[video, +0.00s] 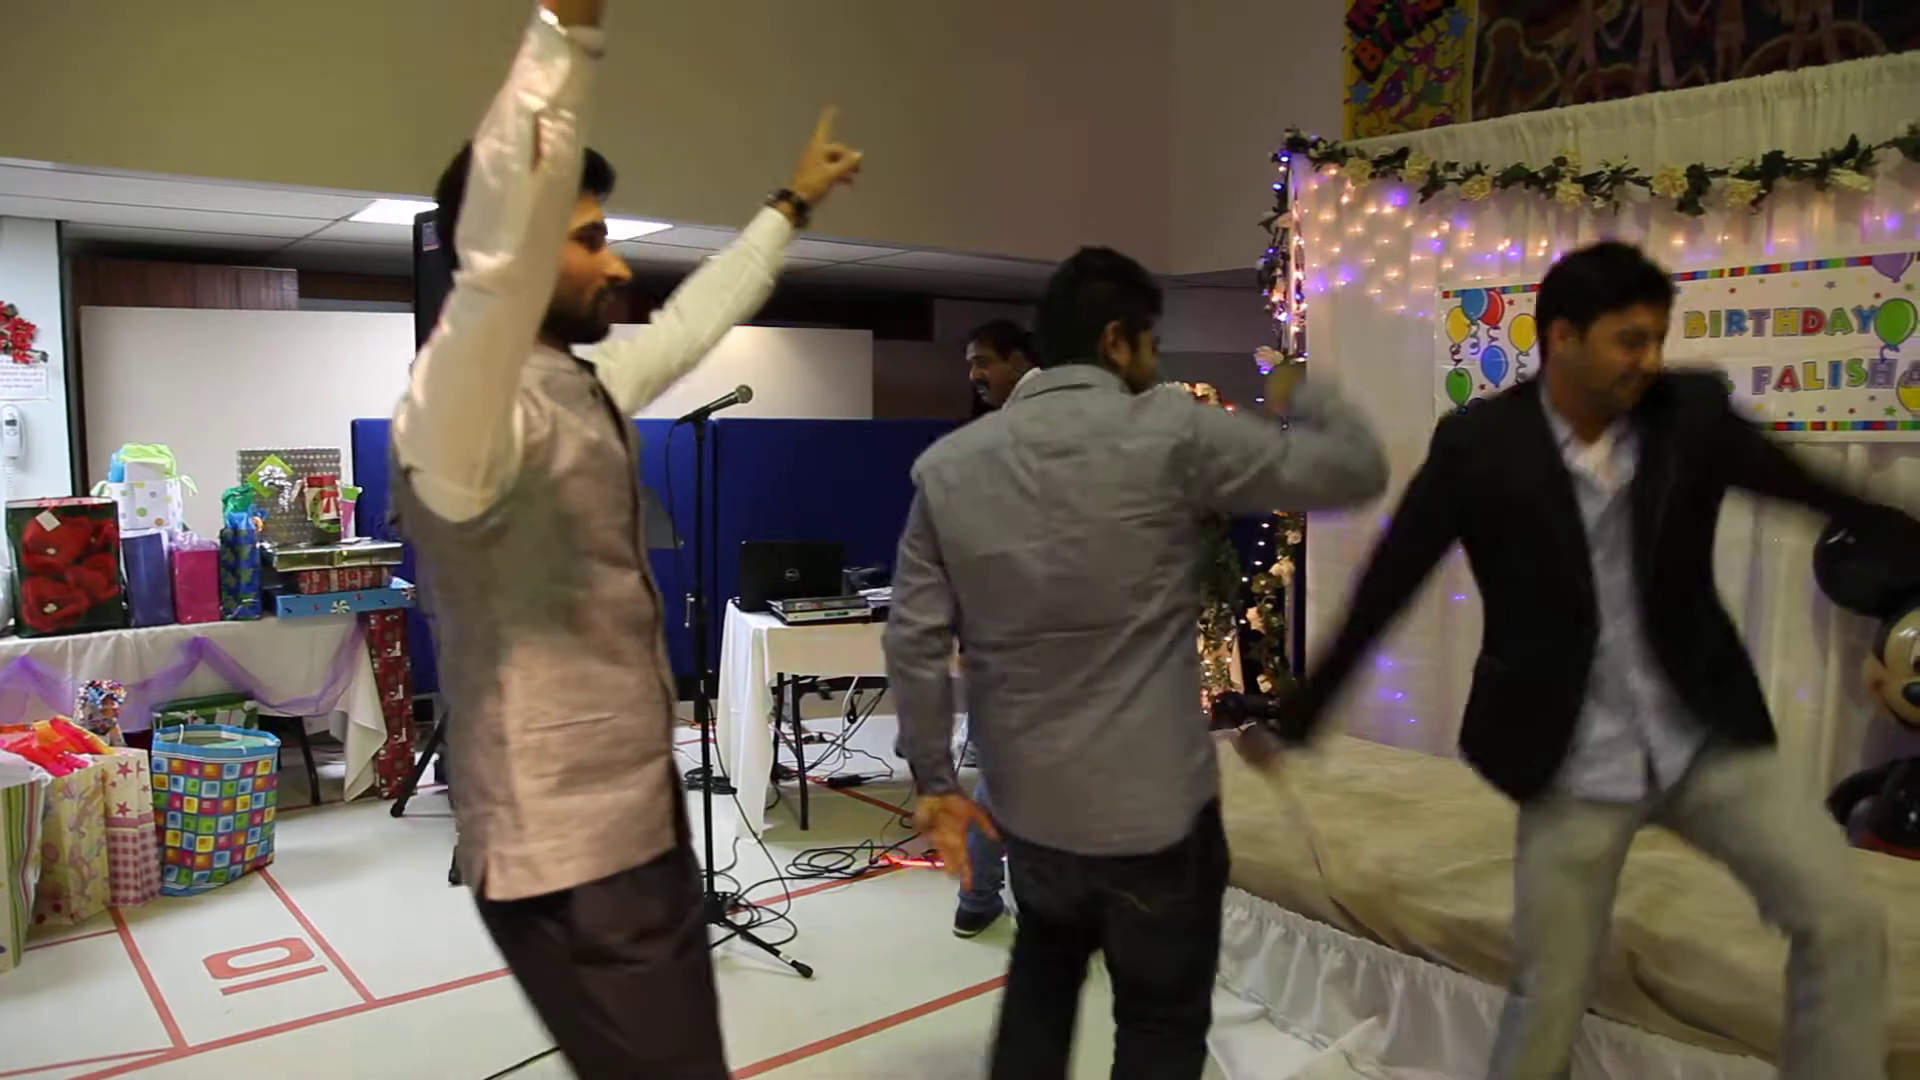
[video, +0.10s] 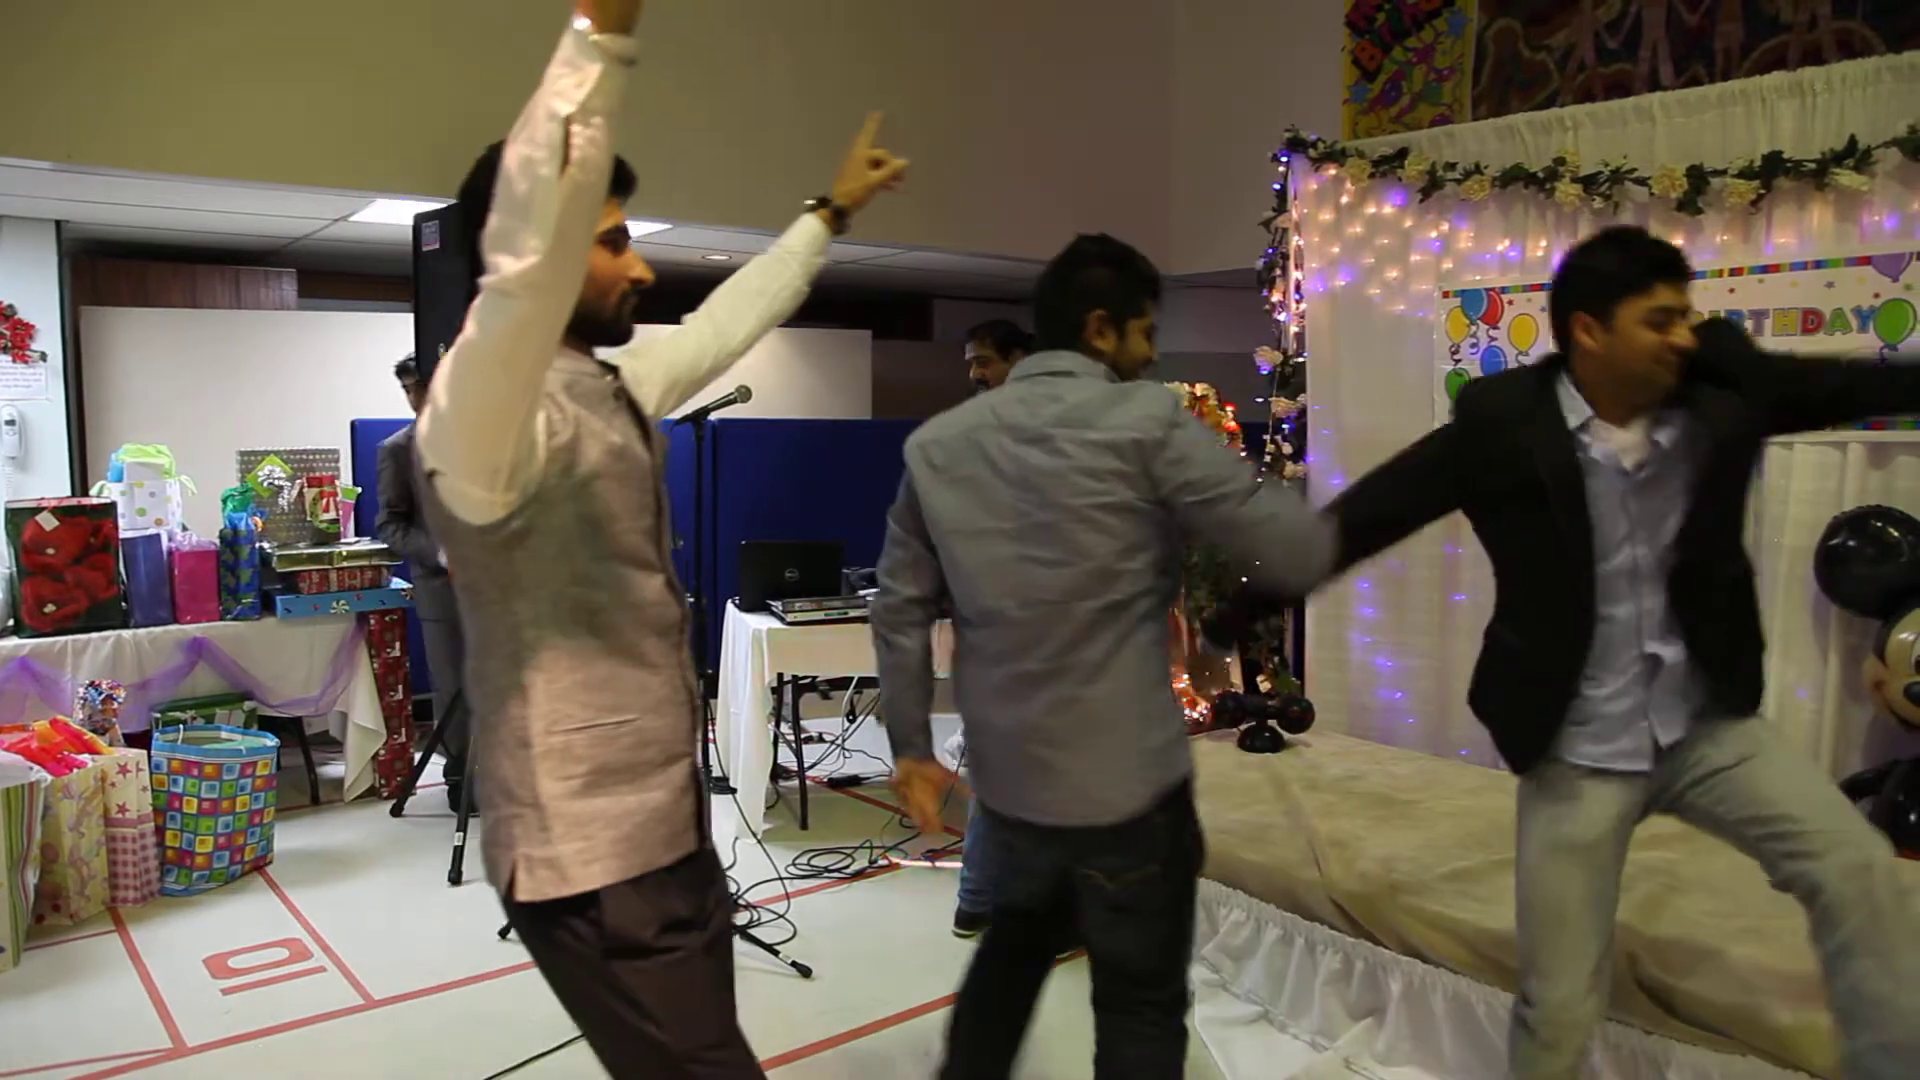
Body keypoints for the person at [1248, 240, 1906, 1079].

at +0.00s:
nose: (1650, 362)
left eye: (1658, 341)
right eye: (1630, 341)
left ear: (1666, 338)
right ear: (1560, 339)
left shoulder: (1690, 415)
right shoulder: (1480, 442)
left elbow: (1804, 484)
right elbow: (1387, 584)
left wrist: (1893, 524)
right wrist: (1300, 710)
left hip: (1704, 737)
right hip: (1572, 761)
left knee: (1843, 918)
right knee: (1549, 1000)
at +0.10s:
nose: (1685, 339)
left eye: (1687, 318)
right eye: (1661, 322)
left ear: (1693, 317)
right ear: (1585, 332)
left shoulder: (1728, 390)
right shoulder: (1501, 431)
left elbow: (1882, 390)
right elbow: (1351, 524)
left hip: (1708, 727)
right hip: (1574, 752)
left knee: (1856, 871)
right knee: (1559, 1017)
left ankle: (1888, 1066)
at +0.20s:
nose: (1723, 362)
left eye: (1723, 343)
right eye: (1699, 346)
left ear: (1728, 346)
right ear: (1623, 359)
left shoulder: (1764, 417)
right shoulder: (1526, 450)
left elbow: (1900, 371)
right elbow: (1374, 525)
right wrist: (1250, 593)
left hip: (1716, 747)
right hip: (1576, 771)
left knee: (1882, 887)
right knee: (1569, 1031)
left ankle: (1914, 1061)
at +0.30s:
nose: (1751, 344)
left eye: (1754, 324)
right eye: (1730, 326)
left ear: (1759, 326)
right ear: (1649, 330)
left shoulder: (1787, 396)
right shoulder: (1537, 429)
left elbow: (1912, 368)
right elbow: (1390, 535)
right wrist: (1265, 663)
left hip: (1757, 747)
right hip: (1606, 766)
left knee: (1896, 948)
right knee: (1588, 1024)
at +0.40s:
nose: (1766, 320)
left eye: (1768, 296)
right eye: (1743, 298)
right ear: (1661, 302)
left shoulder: (1804, 372)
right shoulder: (1547, 412)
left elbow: (1916, 403)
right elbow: (1428, 570)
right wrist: (1340, 740)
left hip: (1792, 743)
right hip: (1633, 761)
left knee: (1890, 1006)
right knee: (1613, 1040)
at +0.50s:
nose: (1773, 348)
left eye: (1776, 322)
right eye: (1746, 327)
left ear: (1784, 319)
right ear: (1663, 338)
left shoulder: (1830, 417)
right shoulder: (1565, 459)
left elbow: (1906, 559)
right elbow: (1510, 645)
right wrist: (1501, 828)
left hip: (1806, 790)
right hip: (1647, 800)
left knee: (1856, 1057)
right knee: (1644, 1058)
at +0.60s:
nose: (1789, 400)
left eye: (1793, 375)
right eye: (1759, 380)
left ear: (1799, 372)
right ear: (1674, 393)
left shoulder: (1848, 488)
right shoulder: (1583, 518)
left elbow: (1890, 674)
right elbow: (1613, 723)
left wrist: (1877, 817)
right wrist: (1769, 835)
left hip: (1836, 852)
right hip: (1673, 860)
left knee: (1908, 1054)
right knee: (1670, 1068)